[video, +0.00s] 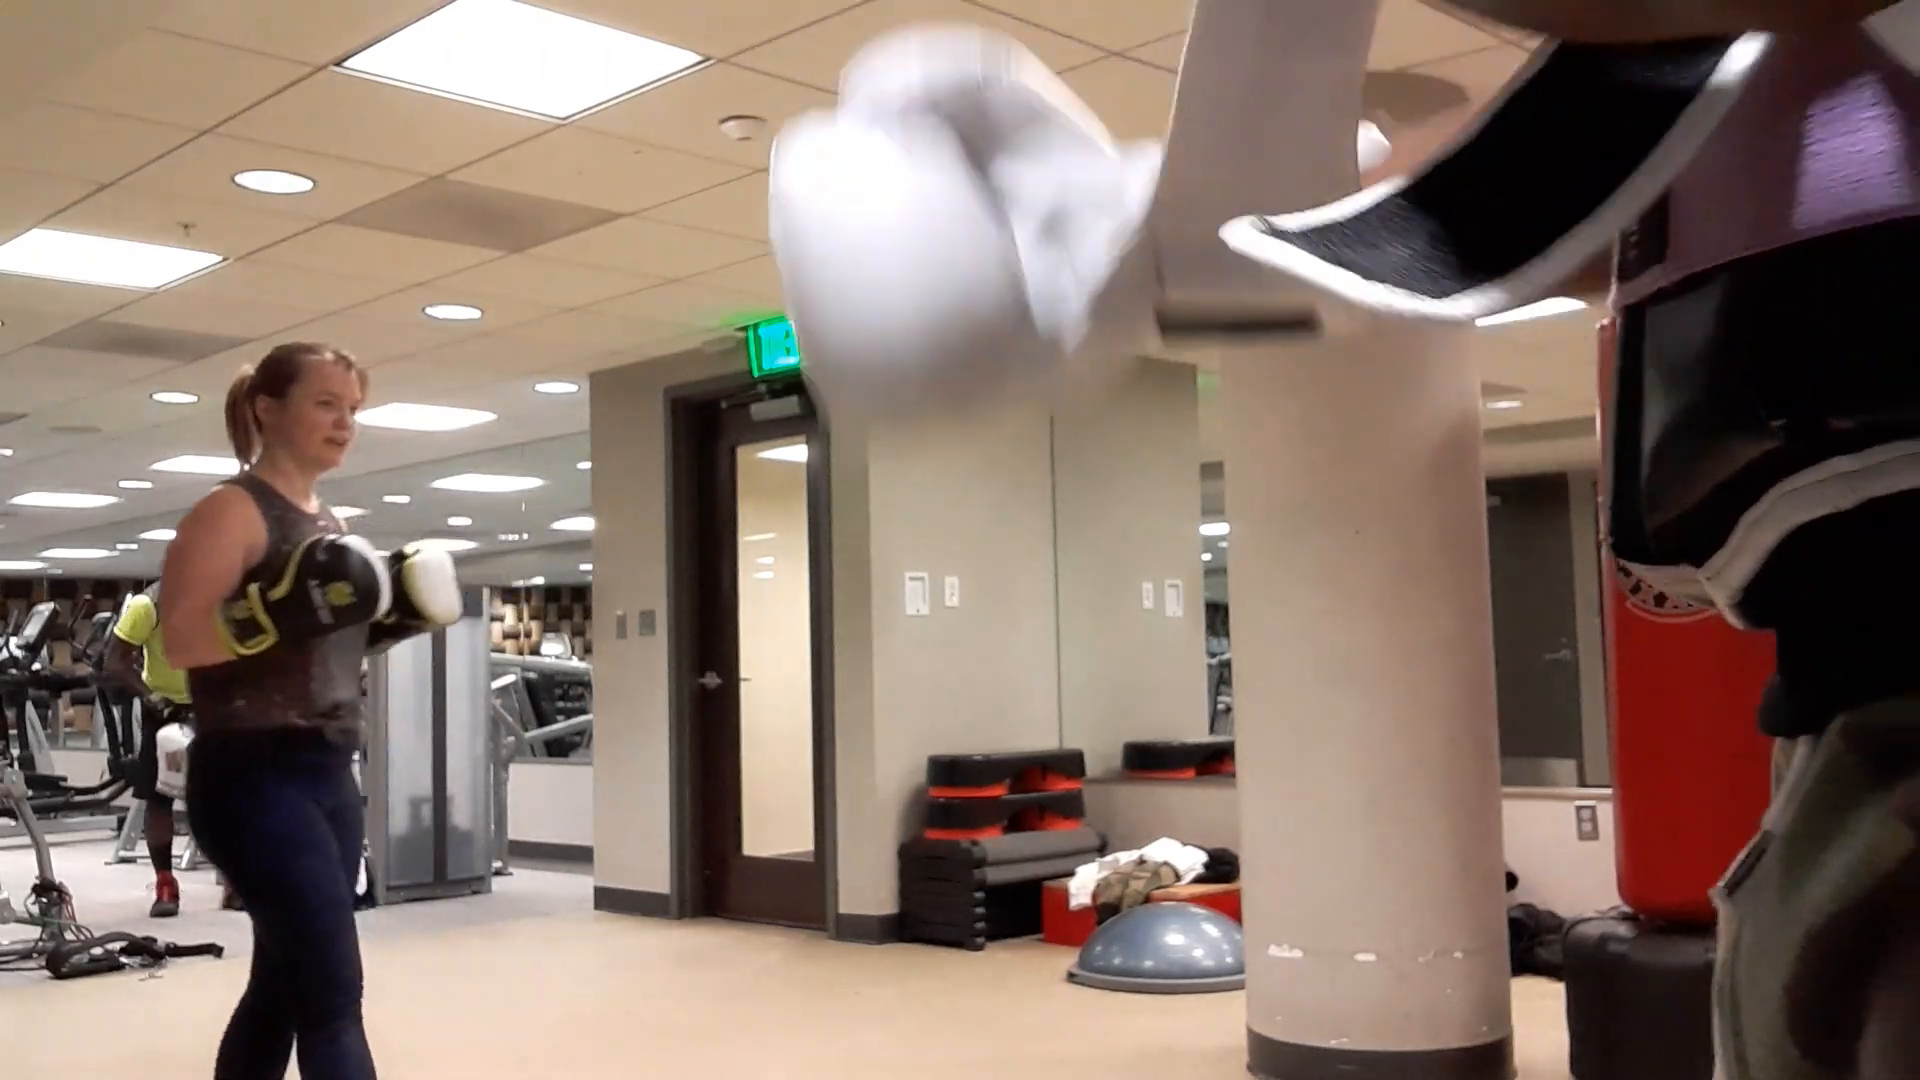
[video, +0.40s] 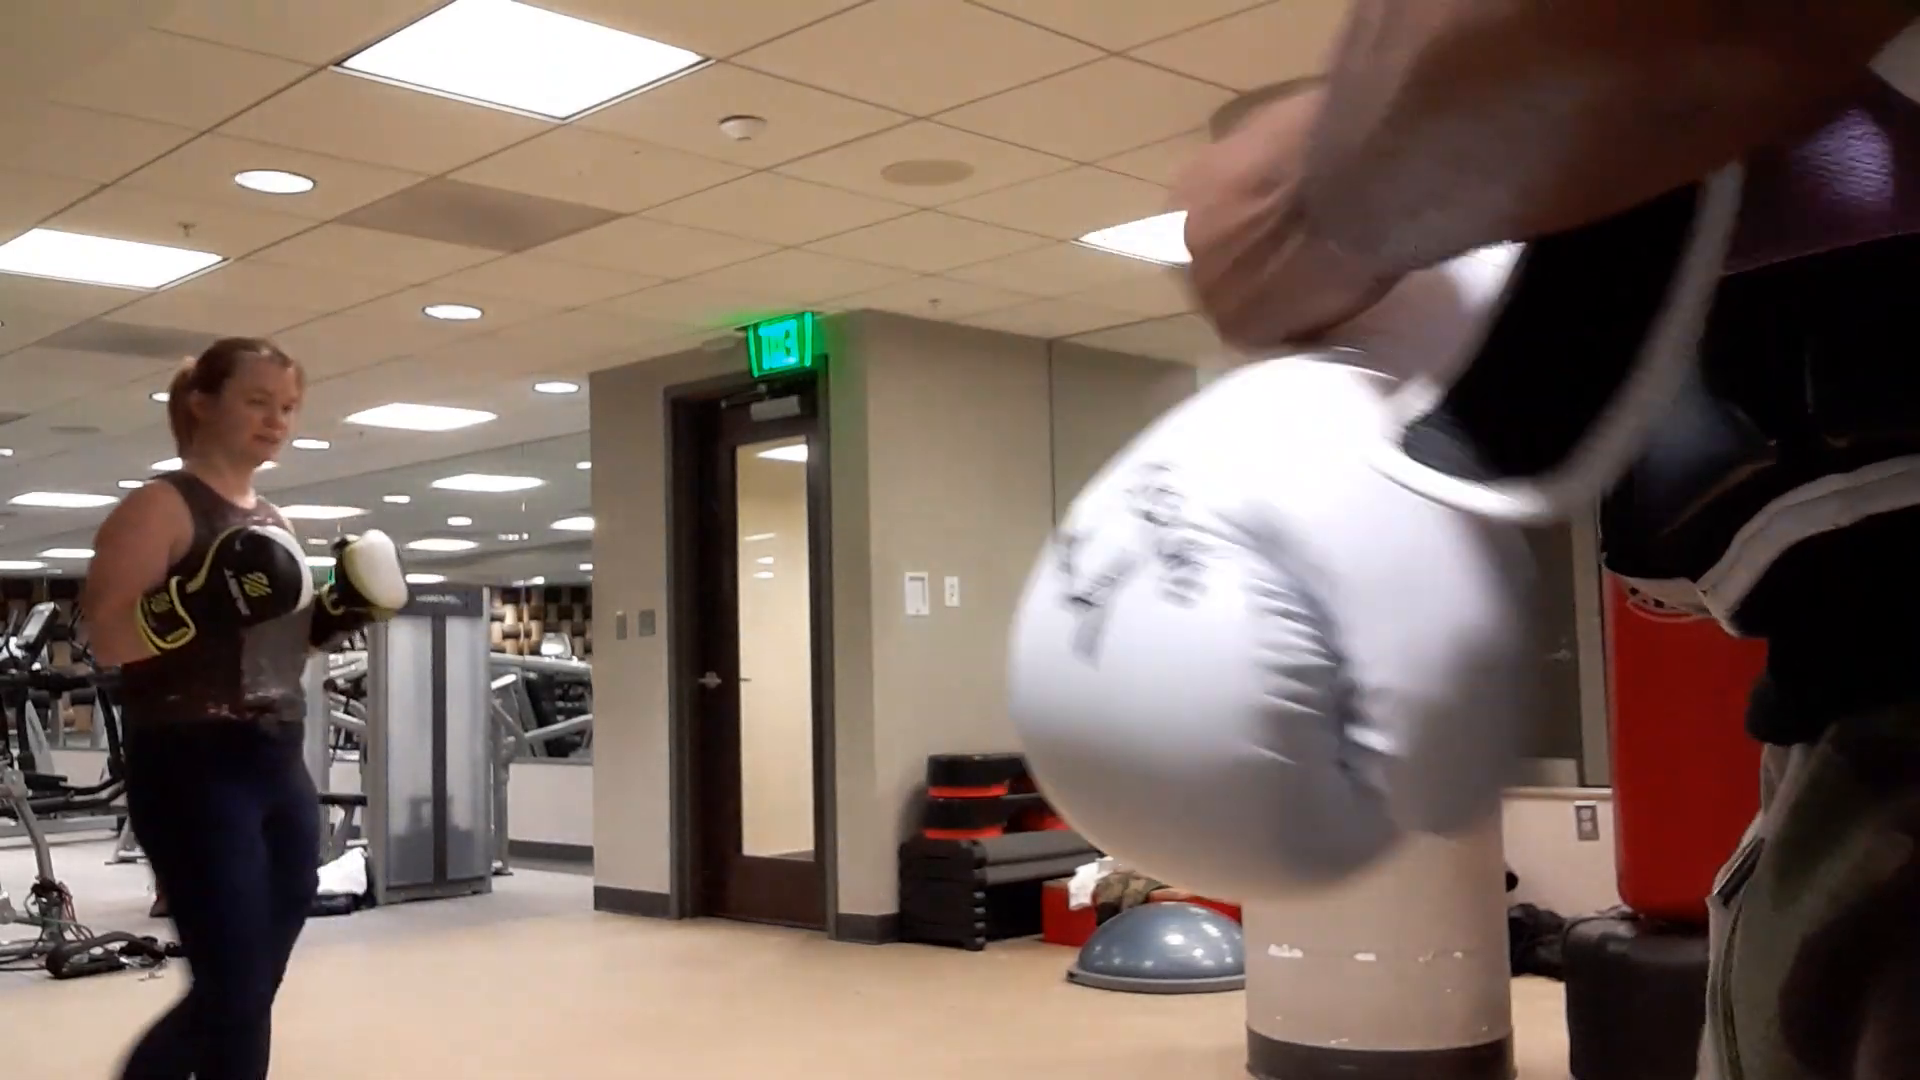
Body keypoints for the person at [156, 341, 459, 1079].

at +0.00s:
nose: (344, 424)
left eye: (352, 412)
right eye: (326, 406)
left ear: (357, 422)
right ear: (268, 410)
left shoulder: (325, 522)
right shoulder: (229, 511)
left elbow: (323, 645)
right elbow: (182, 642)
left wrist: (391, 620)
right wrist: (289, 612)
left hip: (325, 770)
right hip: (250, 775)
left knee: (279, 997)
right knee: (332, 992)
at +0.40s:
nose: (276, 422)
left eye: (287, 409)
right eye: (258, 403)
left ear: (295, 419)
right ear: (201, 404)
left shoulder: (266, 518)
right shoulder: (157, 507)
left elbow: (272, 647)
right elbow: (106, 640)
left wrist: (332, 615)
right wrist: (198, 603)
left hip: (273, 756)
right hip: (188, 758)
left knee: (251, 983)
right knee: (232, 984)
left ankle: (154, 1066)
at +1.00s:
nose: (132, 404)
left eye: (148, 389)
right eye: (110, 383)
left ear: (162, 406)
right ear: (60, 392)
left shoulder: (180, 513)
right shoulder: (18, 500)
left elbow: (194, 649)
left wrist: (230, 615)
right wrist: (15, 606)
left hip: (161, 775)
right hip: (47, 774)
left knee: (197, 998)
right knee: (28, 1011)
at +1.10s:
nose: (114, 401)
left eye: (131, 388)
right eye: (92, 381)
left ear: (146, 404)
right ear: (43, 391)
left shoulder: (171, 510)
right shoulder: (12, 497)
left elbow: (191, 647)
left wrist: (226, 611)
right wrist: (11, 594)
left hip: (151, 769)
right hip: (37, 768)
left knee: (186, 997)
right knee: (22, 1013)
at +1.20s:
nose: (105, 400)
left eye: (122, 385)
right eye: (81, 380)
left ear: (138, 401)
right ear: (32, 389)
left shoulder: (165, 504)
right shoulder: (8, 494)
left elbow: (188, 638)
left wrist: (222, 602)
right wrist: (13, 595)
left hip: (146, 770)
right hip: (31, 770)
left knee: (183, 1001)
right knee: (19, 1015)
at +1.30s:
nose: (100, 399)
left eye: (118, 384)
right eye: (76, 379)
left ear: (134, 400)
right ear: (29, 388)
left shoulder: (161, 503)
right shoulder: (7, 492)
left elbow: (192, 640)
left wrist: (218, 600)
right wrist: (17, 604)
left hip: (144, 769)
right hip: (29, 769)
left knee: (181, 1004)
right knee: (19, 1018)